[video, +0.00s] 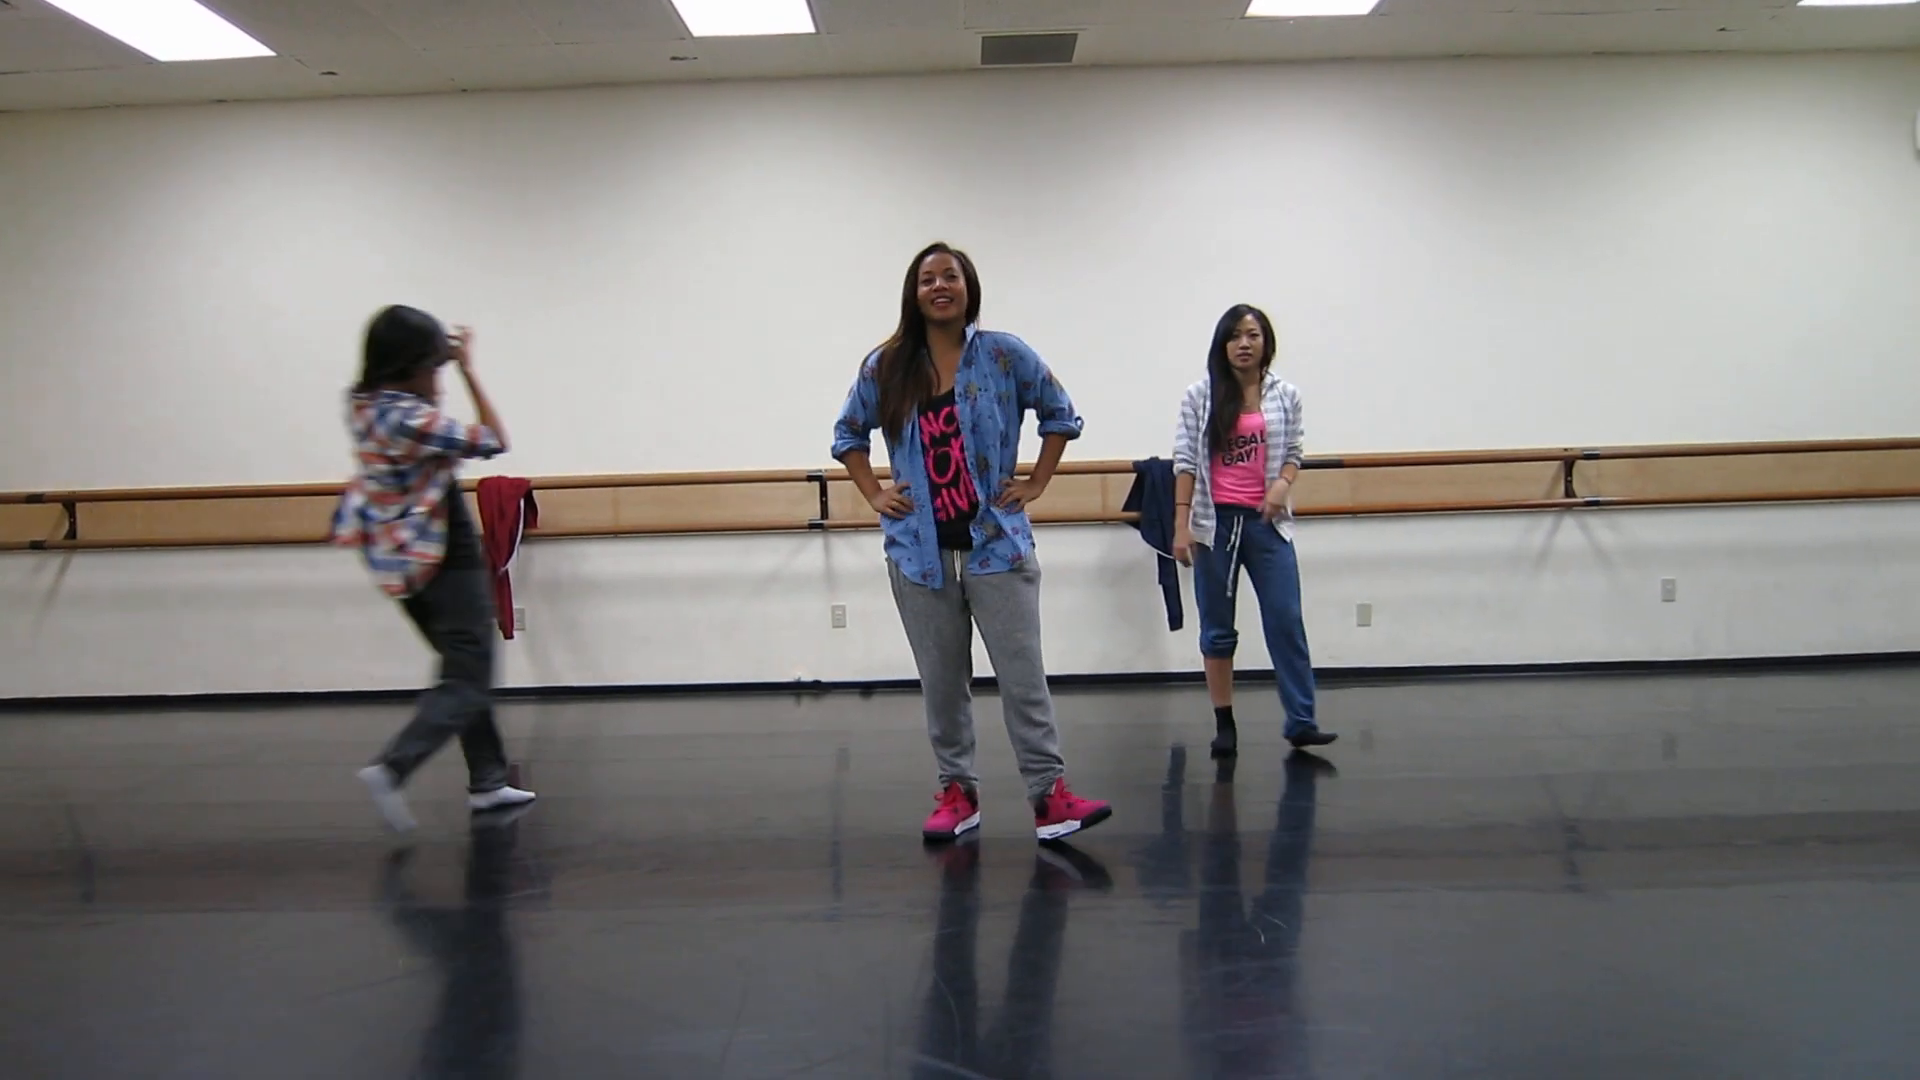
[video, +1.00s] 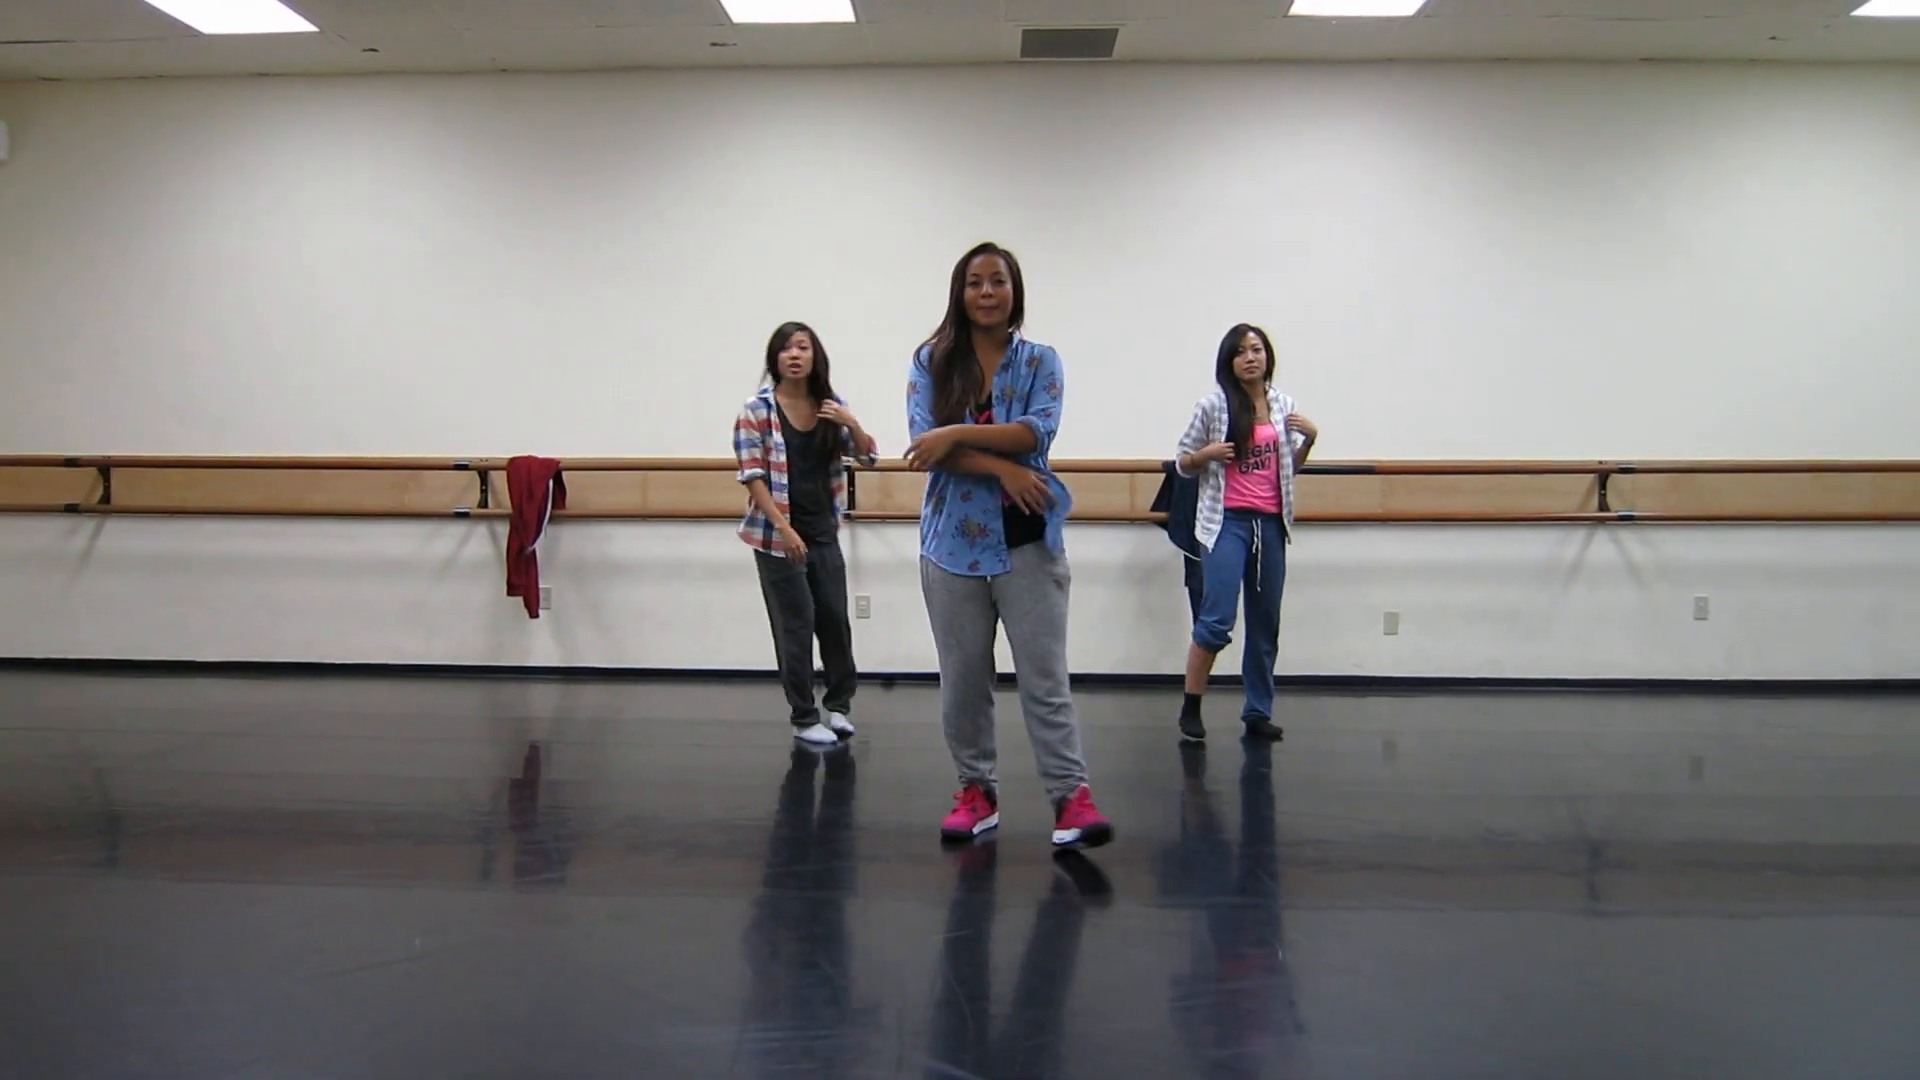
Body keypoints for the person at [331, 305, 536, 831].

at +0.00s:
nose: (439, 377)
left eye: (438, 368)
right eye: (434, 368)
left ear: (383, 365)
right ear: (410, 368)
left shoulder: (363, 408)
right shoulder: (407, 418)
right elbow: (494, 440)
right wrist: (468, 367)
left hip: (406, 566)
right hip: (446, 563)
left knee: (463, 669)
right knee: (470, 675)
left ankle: (489, 782)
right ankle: (389, 771)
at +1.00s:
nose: (795, 354)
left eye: (803, 347)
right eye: (787, 348)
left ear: (816, 357)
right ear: (774, 357)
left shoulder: (831, 408)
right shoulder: (756, 412)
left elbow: (867, 455)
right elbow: (753, 478)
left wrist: (850, 422)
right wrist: (782, 528)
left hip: (824, 536)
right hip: (778, 538)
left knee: (835, 622)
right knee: (795, 628)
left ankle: (838, 706)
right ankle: (805, 718)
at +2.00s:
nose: (837, 371)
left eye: (847, 366)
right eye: (832, 363)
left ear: (859, 376)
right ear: (821, 369)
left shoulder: (875, 420)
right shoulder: (800, 417)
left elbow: (889, 480)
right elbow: (786, 474)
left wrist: (894, 533)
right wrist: (779, 522)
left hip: (862, 541)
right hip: (812, 543)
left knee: (866, 622)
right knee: (821, 628)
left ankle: (871, 711)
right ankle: (832, 706)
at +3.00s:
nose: (860, 387)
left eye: (869, 383)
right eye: (855, 380)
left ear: (882, 391)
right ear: (844, 385)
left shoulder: (897, 435)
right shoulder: (824, 432)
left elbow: (907, 496)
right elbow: (816, 489)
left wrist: (902, 550)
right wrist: (812, 538)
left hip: (880, 558)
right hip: (833, 554)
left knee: (880, 642)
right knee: (820, 636)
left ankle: (874, 720)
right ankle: (813, 718)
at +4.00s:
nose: (859, 389)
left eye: (866, 383)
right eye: (852, 386)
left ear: (882, 390)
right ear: (846, 398)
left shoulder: (906, 438)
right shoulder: (833, 440)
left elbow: (918, 503)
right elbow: (823, 498)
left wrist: (911, 554)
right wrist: (815, 551)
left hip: (885, 565)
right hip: (838, 560)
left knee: (883, 651)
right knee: (815, 632)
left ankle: (878, 729)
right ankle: (815, 709)